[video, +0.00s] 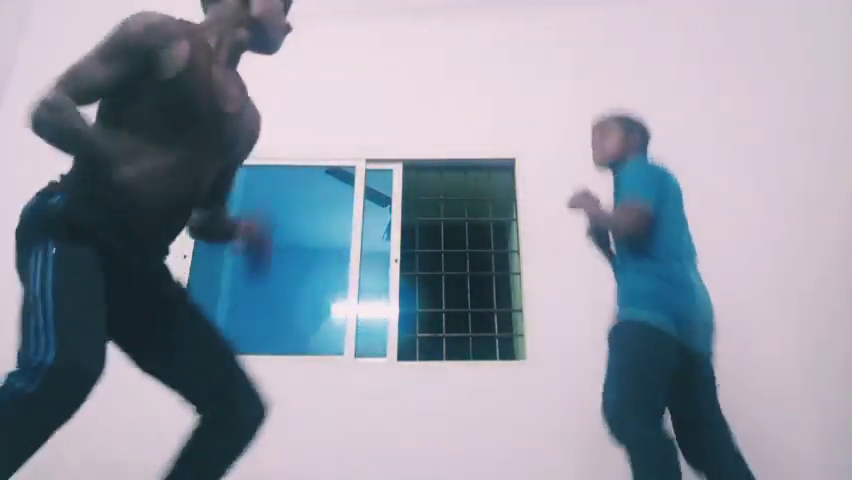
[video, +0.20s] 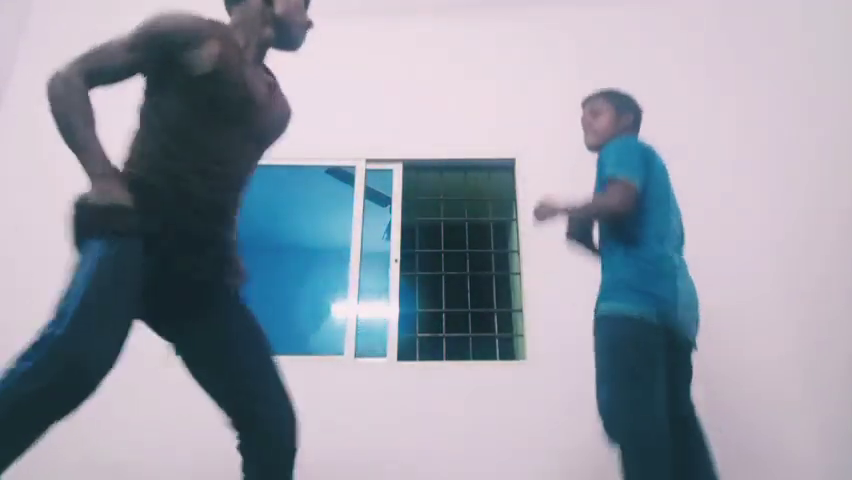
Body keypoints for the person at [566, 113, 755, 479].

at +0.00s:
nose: (596, 142)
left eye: (605, 134)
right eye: (596, 136)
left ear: (631, 138)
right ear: (635, 144)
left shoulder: (639, 171)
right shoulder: (659, 183)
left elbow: (634, 222)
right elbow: (638, 271)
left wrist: (596, 210)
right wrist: (603, 241)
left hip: (651, 310)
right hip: (690, 315)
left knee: (630, 414)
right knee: (703, 431)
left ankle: (661, 473)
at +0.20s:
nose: (585, 122)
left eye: (596, 114)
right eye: (584, 116)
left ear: (626, 119)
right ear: (629, 125)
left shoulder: (624, 147)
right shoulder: (650, 167)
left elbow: (620, 199)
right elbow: (639, 254)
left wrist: (563, 207)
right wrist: (590, 240)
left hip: (633, 300)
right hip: (673, 305)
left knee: (632, 416)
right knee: (674, 416)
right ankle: (697, 475)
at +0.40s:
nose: (567, 142)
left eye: (575, 132)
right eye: (565, 136)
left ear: (606, 134)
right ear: (610, 139)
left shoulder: (610, 159)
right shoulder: (637, 170)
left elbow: (636, 206)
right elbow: (650, 253)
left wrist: (574, 244)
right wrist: (603, 276)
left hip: (631, 311)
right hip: (667, 314)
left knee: (630, 429)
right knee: (670, 429)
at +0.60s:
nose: (571, 135)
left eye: (580, 125)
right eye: (570, 129)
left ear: (609, 127)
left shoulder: (616, 153)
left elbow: (631, 203)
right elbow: (651, 261)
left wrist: (569, 236)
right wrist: (601, 271)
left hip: (638, 304)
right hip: (677, 311)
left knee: (627, 419)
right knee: (678, 420)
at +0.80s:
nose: (566, 149)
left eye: (576, 140)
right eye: (566, 142)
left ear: (606, 144)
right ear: (605, 147)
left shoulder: (614, 173)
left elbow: (649, 221)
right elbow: (654, 271)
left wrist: (580, 263)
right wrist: (611, 308)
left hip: (648, 317)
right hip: (685, 325)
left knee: (615, 426)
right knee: (674, 444)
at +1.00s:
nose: (547, 133)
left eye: (555, 122)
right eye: (545, 127)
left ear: (586, 122)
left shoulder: (590, 147)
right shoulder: (628, 163)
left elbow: (622, 193)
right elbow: (652, 252)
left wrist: (563, 261)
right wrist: (603, 287)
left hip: (634, 305)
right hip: (679, 309)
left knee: (638, 427)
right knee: (675, 429)